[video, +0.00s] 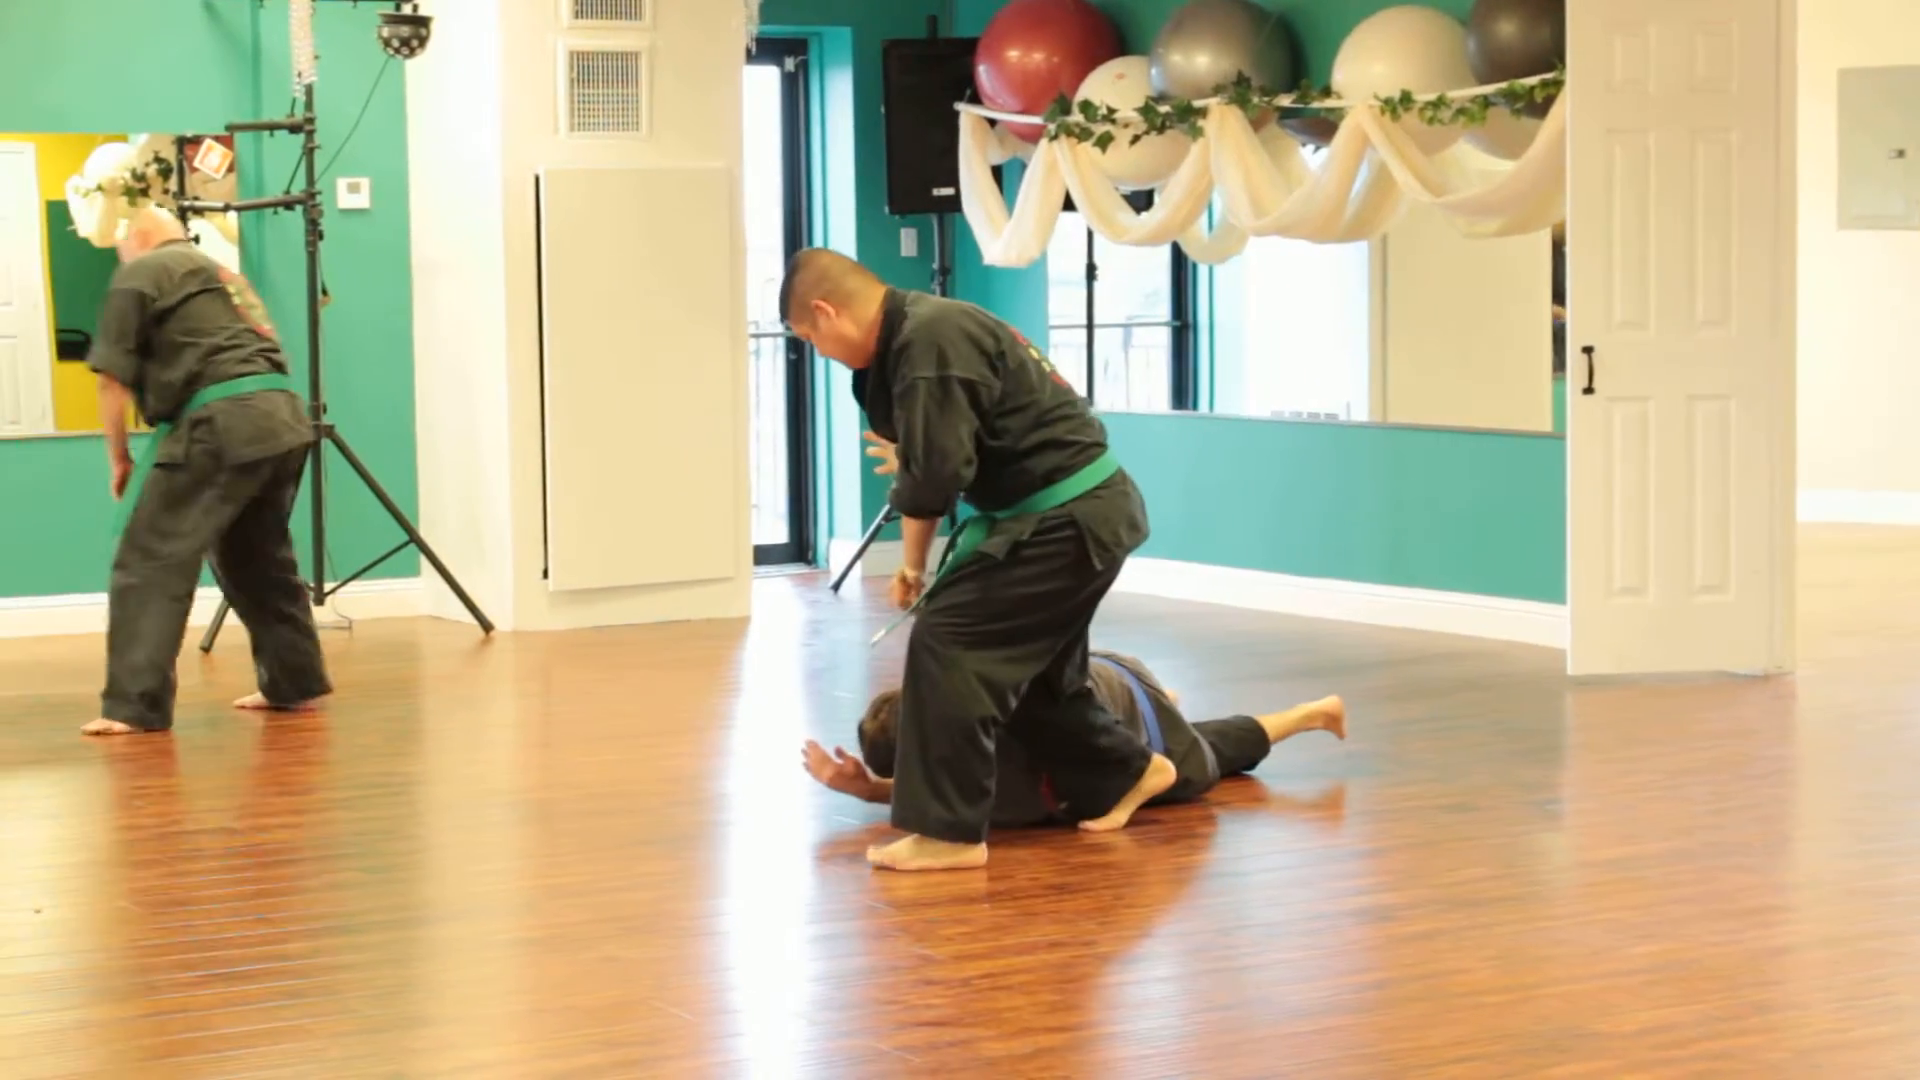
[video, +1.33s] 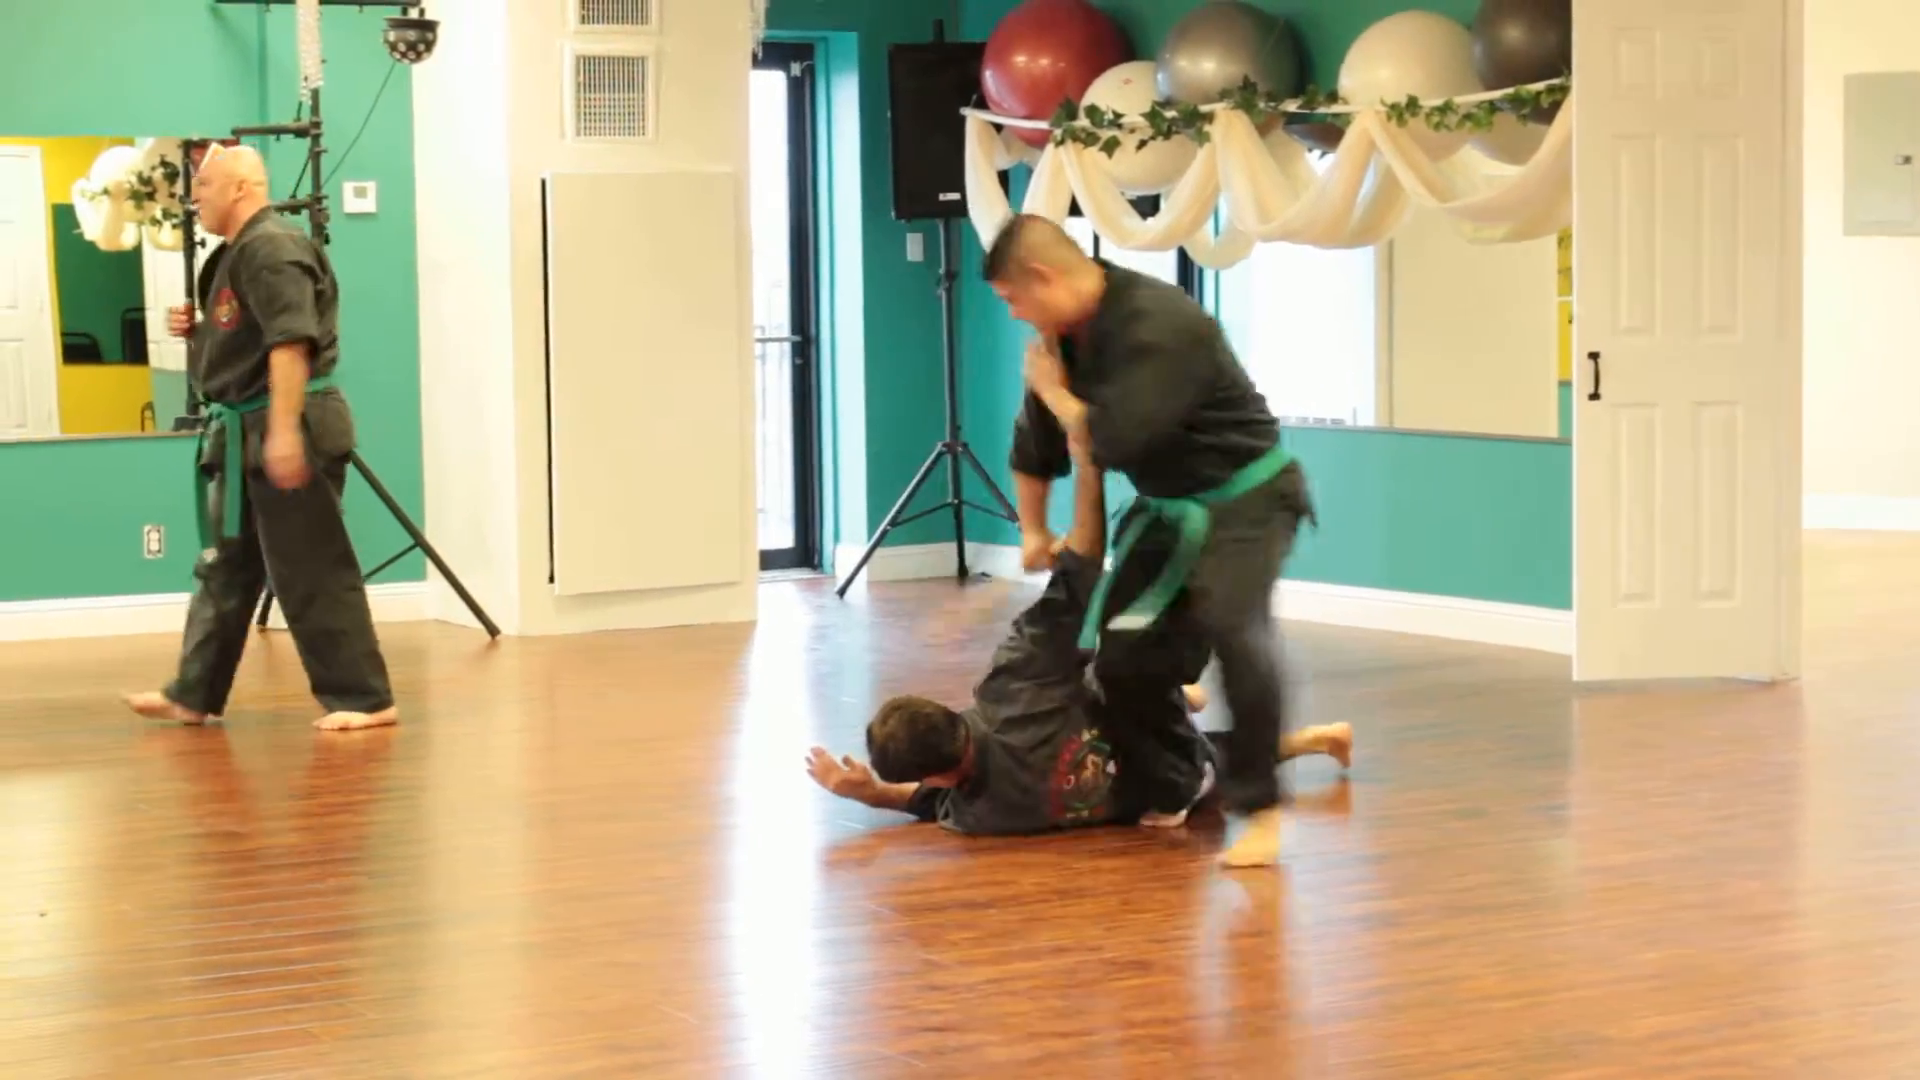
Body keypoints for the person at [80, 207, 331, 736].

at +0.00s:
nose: (122, 258)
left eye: (122, 249)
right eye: (120, 249)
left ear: (137, 238)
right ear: (175, 231)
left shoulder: (140, 274)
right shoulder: (218, 269)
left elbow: (112, 376)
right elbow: (262, 335)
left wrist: (118, 455)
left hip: (223, 423)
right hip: (285, 415)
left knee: (151, 557)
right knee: (254, 551)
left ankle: (136, 706)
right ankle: (295, 684)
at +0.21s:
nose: (169, 245)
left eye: (170, 237)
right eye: (169, 238)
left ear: (186, 231)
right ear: (222, 226)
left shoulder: (175, 269)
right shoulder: (269, 261)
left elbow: (162, 377)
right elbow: (297, 336)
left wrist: (160, 458)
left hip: (256, 414)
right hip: (322, 407)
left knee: (200, 555)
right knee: (288, 557)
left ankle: (182, 701)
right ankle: (291, 689)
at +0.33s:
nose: (186, 234)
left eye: (188, 225)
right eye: (187, 227)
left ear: (204, 219)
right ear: (243, 217)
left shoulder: (193, 261)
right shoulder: (289, 257)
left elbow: (175, 363)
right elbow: (309, 339)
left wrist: (171, 435)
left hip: (267, 412)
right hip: (334, 406)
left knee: (229, 552)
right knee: (302, 553)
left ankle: (258, 692)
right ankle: (298, 684)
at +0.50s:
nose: (202, 223)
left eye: (205, 212)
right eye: (201, 214)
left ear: (228, 206)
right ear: (260, 205)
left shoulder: (216, 253)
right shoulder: (306, 252)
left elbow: (184, 354)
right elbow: (321, 338)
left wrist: (170, 422)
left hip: (283, 411)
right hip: (344, 406)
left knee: (271, 556)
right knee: (304, 554)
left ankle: (340, 683)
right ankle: (279, 686)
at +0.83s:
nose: (224, 197)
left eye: (232, 185)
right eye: (225, 186)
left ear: (268, 189)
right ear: (273, 190)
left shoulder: (284, 244)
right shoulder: (299, 237)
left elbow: (271, 344)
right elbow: (292, 332)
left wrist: (242, 427)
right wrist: (232, 325)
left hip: (312, 418)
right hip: (306, 415)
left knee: (304, 559)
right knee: (278, 556)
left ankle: (352, 695)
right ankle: (285, 686)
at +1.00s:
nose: (228, 186)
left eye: (238, 176)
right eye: (231, 176)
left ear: (274, 181)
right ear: (273, 183)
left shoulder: (298, 236)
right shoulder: (271, 241)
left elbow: (315, 322)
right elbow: (277, 329)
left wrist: (319, 398)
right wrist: (229, 321)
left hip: (307, 415)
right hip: (278, 414)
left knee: (311, 555)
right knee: (267, 554)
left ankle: (356, 696)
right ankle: (286, 686)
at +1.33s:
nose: (193, 196)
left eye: (202, 185)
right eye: (195, 186)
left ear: (241, 190)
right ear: (240, 191)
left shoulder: (271, 248)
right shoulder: (239, 252)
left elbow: (290, 341)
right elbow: (250, 331)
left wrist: (284, 431)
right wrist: (202, 324)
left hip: (283, 422)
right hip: (246, 423)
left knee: (313, 566)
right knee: (230, 566)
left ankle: (364, 700)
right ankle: (194, 694)